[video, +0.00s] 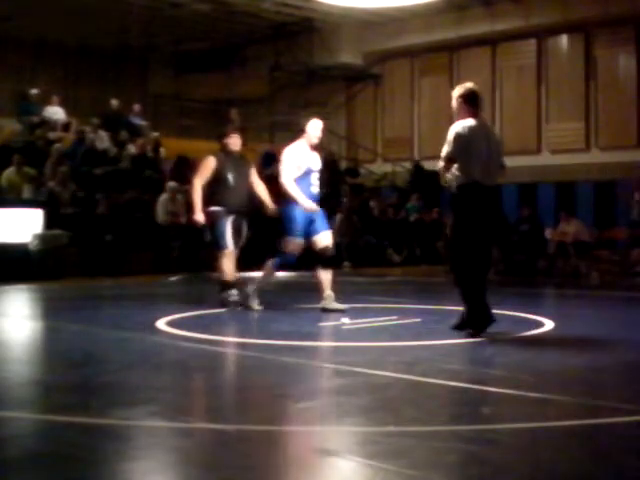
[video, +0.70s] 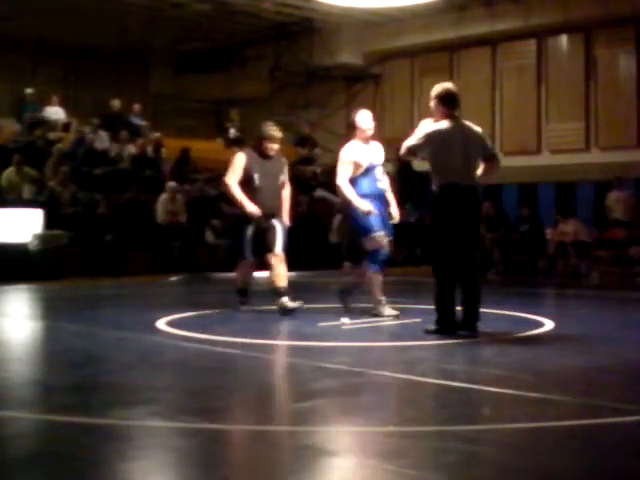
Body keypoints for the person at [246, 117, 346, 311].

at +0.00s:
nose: (318, 134)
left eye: (320, 131)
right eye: (315, 130)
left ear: (321, 133)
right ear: (306, 130)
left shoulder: (315, 155)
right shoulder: (292, 151)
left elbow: (311, 182)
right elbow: (286, 180)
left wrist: (315, 202)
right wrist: (305, 202)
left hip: (314, 205)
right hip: (296, 205)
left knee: (325, 249)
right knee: (292, 249)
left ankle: (327, 296)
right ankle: (256, 286)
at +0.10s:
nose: (328, 132)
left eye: (330, 128)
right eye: (325, 127)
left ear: (331, 130)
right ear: (316, 127)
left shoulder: (325, 153)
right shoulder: (303, 149)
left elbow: (327, 185)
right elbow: (297, 178)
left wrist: (340, 208)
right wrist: (317, 202)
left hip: (326, 203)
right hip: (309, 203)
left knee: (331, 251)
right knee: (312, 253)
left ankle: (328, 297)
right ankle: (275, 284)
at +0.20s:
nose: (335, 128)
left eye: (337, 125)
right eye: (332, 124)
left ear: (339, 127)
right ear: (323, 125)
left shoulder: (334, 151)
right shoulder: (310, 147)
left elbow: (336, 178)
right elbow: (304, 175)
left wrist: (360, 195)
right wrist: (325, 196)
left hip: (333, 198)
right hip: (317, 197)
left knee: (333, 248)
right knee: (332, 244)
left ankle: (329, 298)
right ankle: (299, 283)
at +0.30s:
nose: (342, 128)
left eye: (344, 124)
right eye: (339, 123)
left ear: (346, 126)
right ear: (331, 124)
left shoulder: (343, 148)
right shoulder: (317, 147)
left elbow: (348, 175)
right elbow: (311, 176)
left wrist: (374, 186)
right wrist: (332, 196)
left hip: (341, 198)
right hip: (324, 197)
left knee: (343, 245)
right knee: (344, 242)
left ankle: (333, 297)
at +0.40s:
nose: (350, 128)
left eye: (351, 124)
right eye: (346, 124)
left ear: (353, 126)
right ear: (337, 125)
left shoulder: (352, 150)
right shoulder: (325, 149)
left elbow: (360, 176)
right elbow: (317, 178)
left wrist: (384, 185)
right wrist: (337, 199)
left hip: (351, 204)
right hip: (334, 204)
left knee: (337, 250)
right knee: (351, 245)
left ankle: (328, 298)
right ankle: (364, 297)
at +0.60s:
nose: (364, 128)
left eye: (365, 123)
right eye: (359, 124)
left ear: (366, 125)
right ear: (350, 126)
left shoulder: (369, 149)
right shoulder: (341, 152)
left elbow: (375, 178)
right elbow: (333, 181)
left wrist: (396, 200)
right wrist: (350, 204)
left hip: (370, 205)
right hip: (355, 206)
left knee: (354, 253)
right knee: (372, 248)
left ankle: (334, 294)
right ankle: (378, 300)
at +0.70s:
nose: (370, 127)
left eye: (371, 123)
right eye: (366, 124)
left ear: (373, 124)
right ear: (356, 126)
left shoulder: (377, 147)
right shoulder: (349, 150)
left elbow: (382, 177)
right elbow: (341, 180)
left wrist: (392, 203)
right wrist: (359, 203)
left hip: (379, 200)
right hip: (362, 202)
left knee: (383, 246)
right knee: (378, 244)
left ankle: (350, 286)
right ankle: (379, 301)